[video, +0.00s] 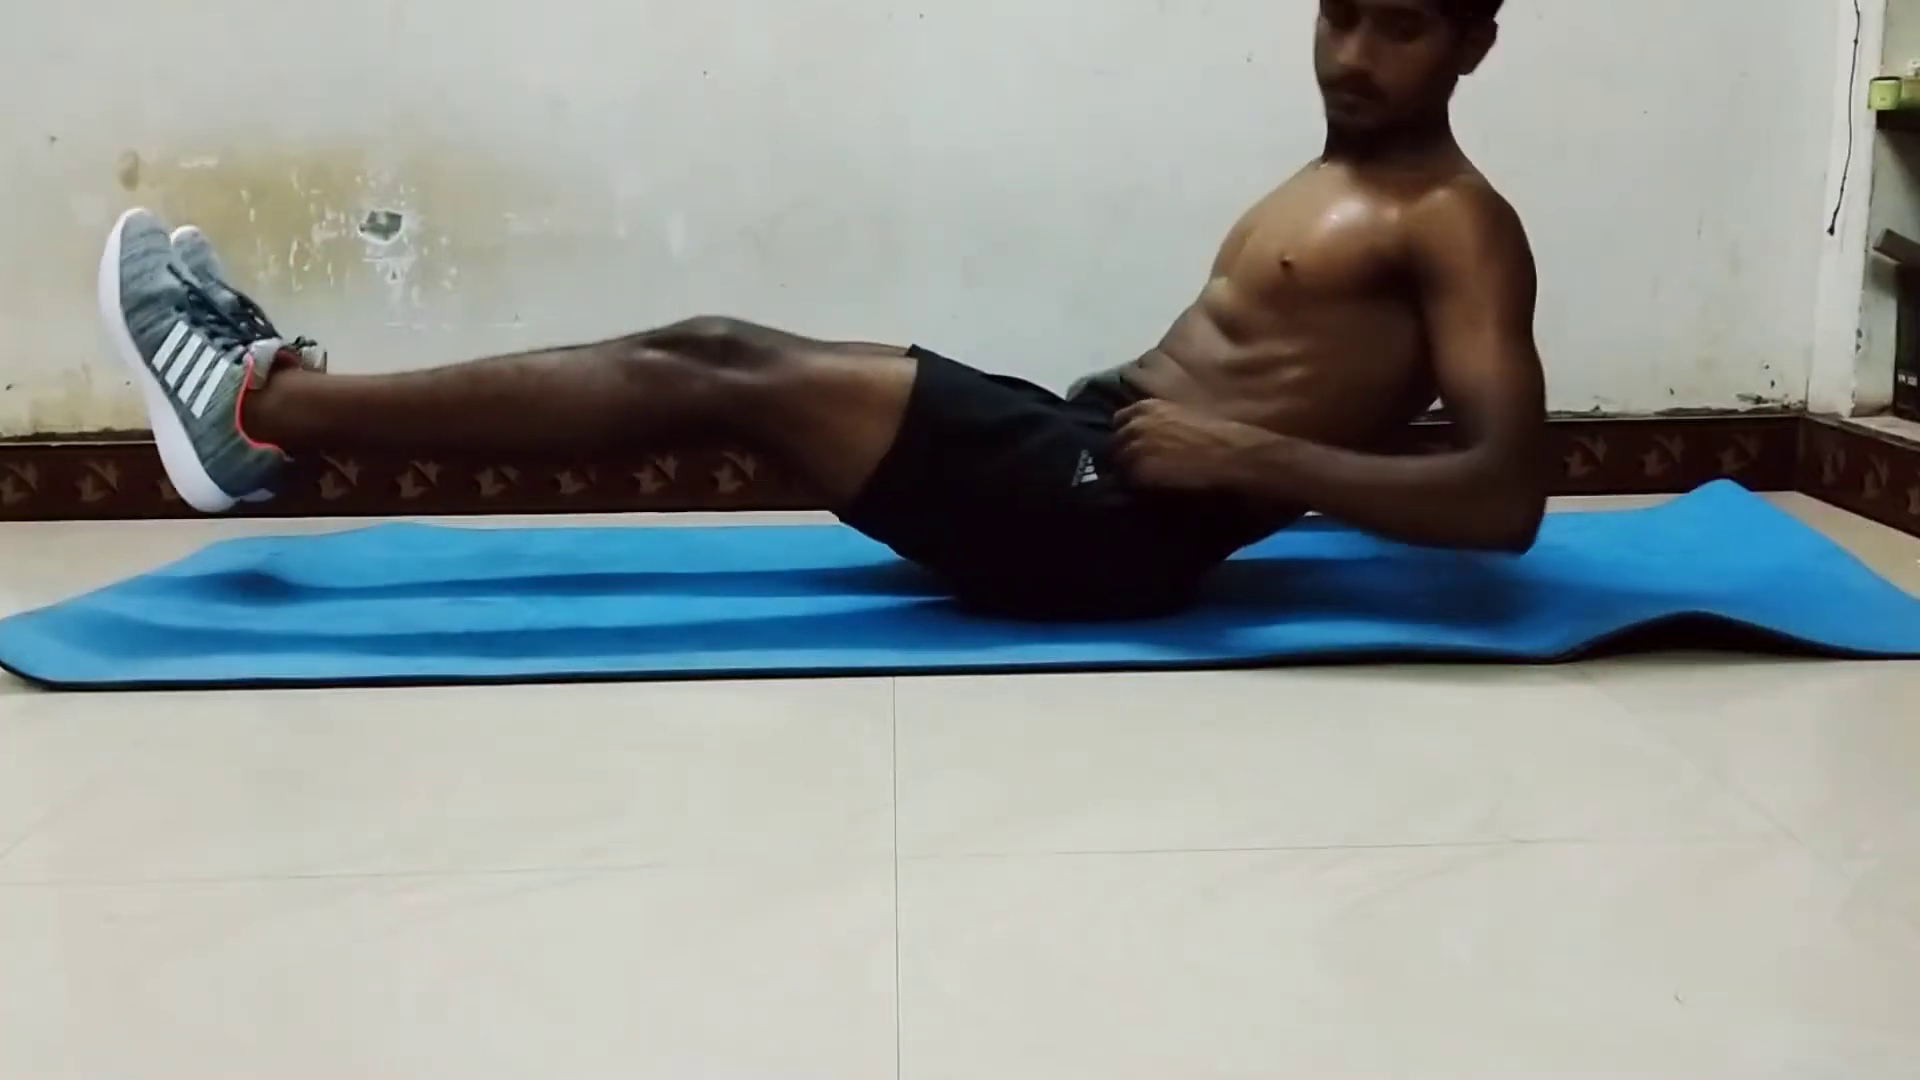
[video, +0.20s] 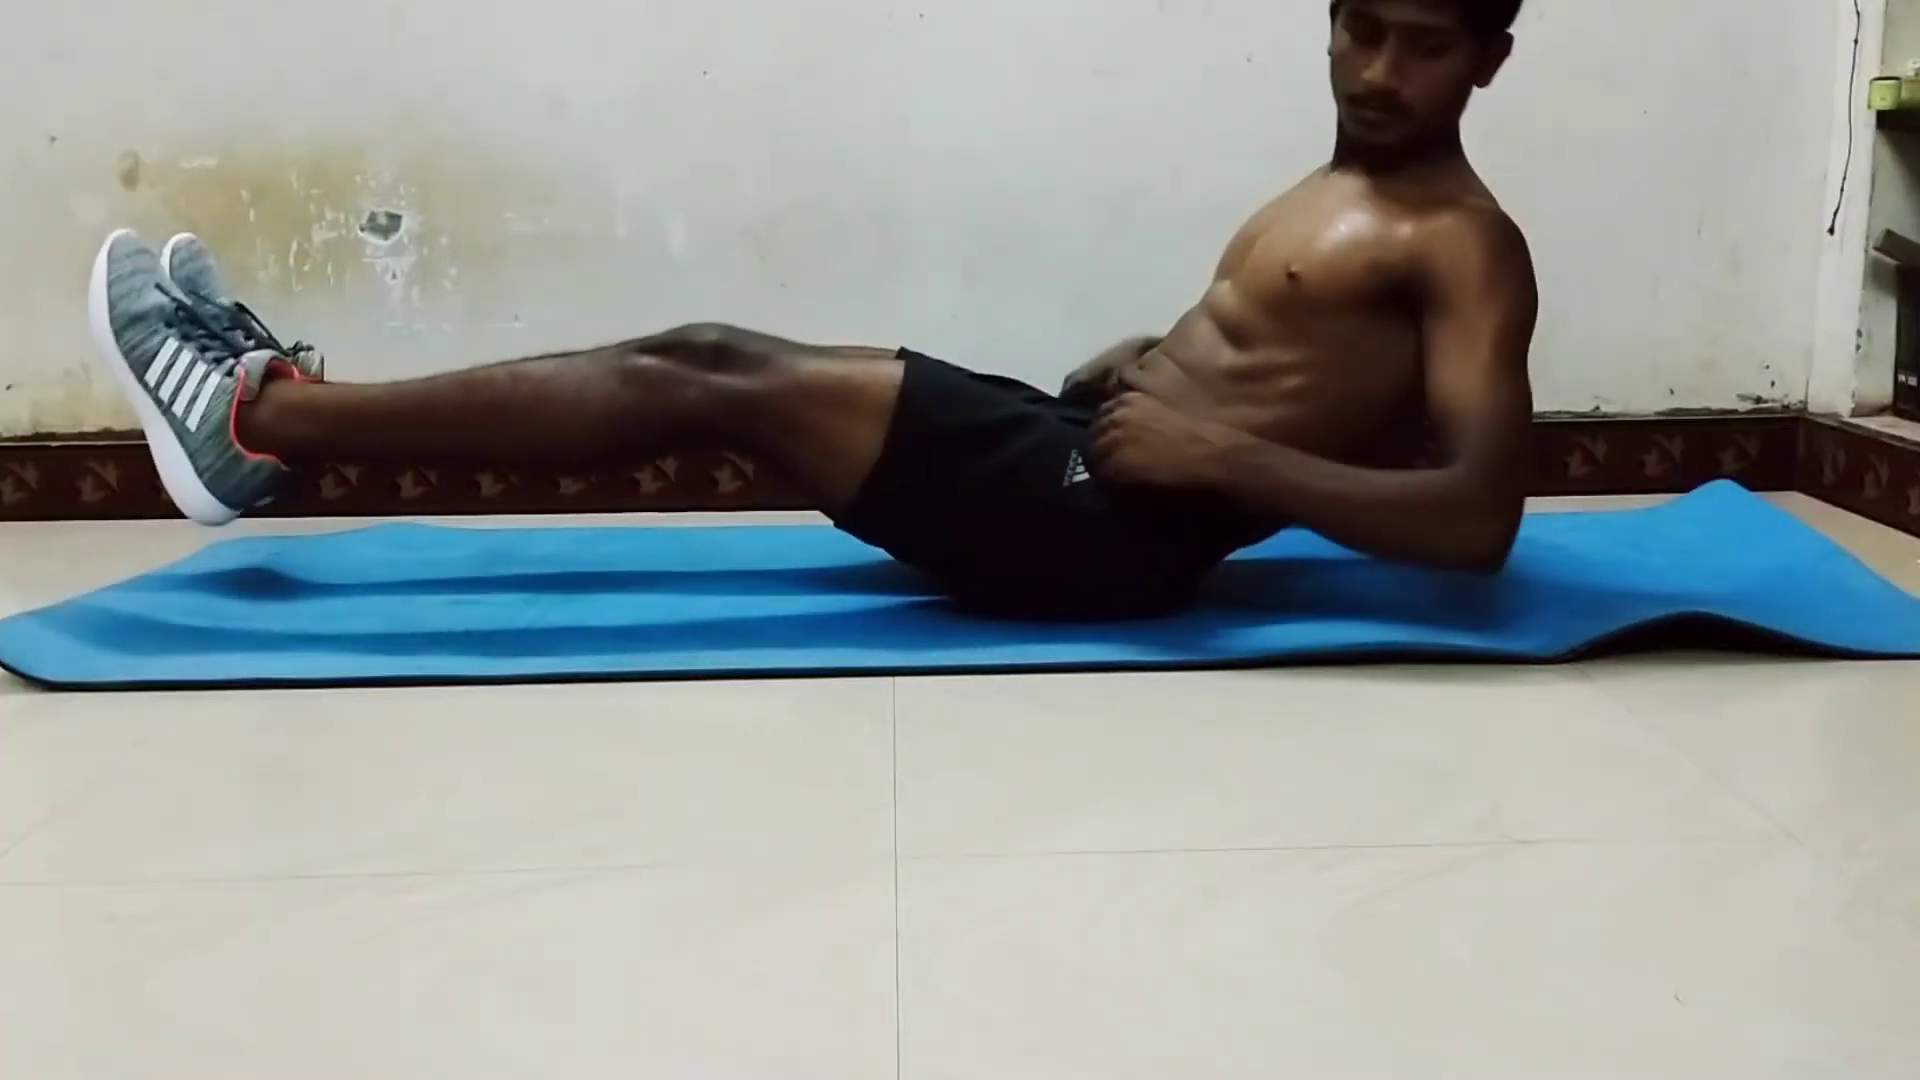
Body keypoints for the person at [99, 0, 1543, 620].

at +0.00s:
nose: (1347, 48)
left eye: (1392, 24)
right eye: (1337, 15)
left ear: (1472, 46)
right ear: (1319, 23)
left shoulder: (1458, 220)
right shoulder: (1337, 176)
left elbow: (1507, 494)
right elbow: (1309, 381)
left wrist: (1259, 462)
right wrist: (1157, 397)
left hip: (1123, 510)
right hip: (1079, 443)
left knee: (711, 368)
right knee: (706, 349)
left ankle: (264, 405)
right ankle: (287, 423)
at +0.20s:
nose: (1373, 64)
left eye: (1415, 41)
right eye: (1360, 27)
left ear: (1490, 60)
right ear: (1339, 28)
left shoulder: (1467, 244)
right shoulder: (1343, 183)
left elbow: (1474, 523)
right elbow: (1292, 381)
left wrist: (1221, 457)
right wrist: (1148, 374)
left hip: (1108, 513)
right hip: (1067, 445)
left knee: (704, 377)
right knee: (698, 357)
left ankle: (266, 416)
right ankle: (290, 428)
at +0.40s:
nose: (1392, 73)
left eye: (1437, 52)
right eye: (1378, 34)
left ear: (1505, 71)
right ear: (1351, 31)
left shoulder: (1475, 259)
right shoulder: (1340, 190)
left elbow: (1470, 525)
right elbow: (1280, 361)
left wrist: (1226, 441)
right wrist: (1155, 326)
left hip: (1114, 516)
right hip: (1074, 454)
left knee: (702, 378)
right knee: (700, 365)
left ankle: (262, 421)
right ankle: (290, 436)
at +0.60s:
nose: (1363, 68)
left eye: (1409, 47)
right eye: (1360, 35)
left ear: (1498, 70)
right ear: (1352, 40)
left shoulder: (1484, 264)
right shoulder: (1338, 198)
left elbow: (1483, 522)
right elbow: (1255, 385)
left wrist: (1293, 367)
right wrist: (1182, 269)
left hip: (1126, 503)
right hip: (1083, 456)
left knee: (707, 375)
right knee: (703, 360)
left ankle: (265, 414)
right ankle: (292, 453)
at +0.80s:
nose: (1324, 54)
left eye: (1360, 32)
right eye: (1333, 28)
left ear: (1475, 57)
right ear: (1420, 49)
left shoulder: (1498, 246)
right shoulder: (1367, 178)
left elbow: (1447, 468)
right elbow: (1296, 319)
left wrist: (1332, 207)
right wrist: (1267, 162)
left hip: (1139, 498)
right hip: (1093, 439)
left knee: (712, 369)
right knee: (709, 348)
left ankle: (272, 414)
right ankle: (313, 459)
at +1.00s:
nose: (1309, 49)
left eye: (1333, 18)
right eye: (1318, 24)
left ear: (1427, 29)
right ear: (1434, 46)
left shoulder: (1475, 212)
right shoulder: (1419, 195)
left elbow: (1388, 288)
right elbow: (1372, 291)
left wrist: (1379, 88)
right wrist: (1353, 105)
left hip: (1134, 506)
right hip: (1099, 432)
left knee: (716, 386)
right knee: (747, 291)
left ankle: (253, 419)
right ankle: (336, 446)